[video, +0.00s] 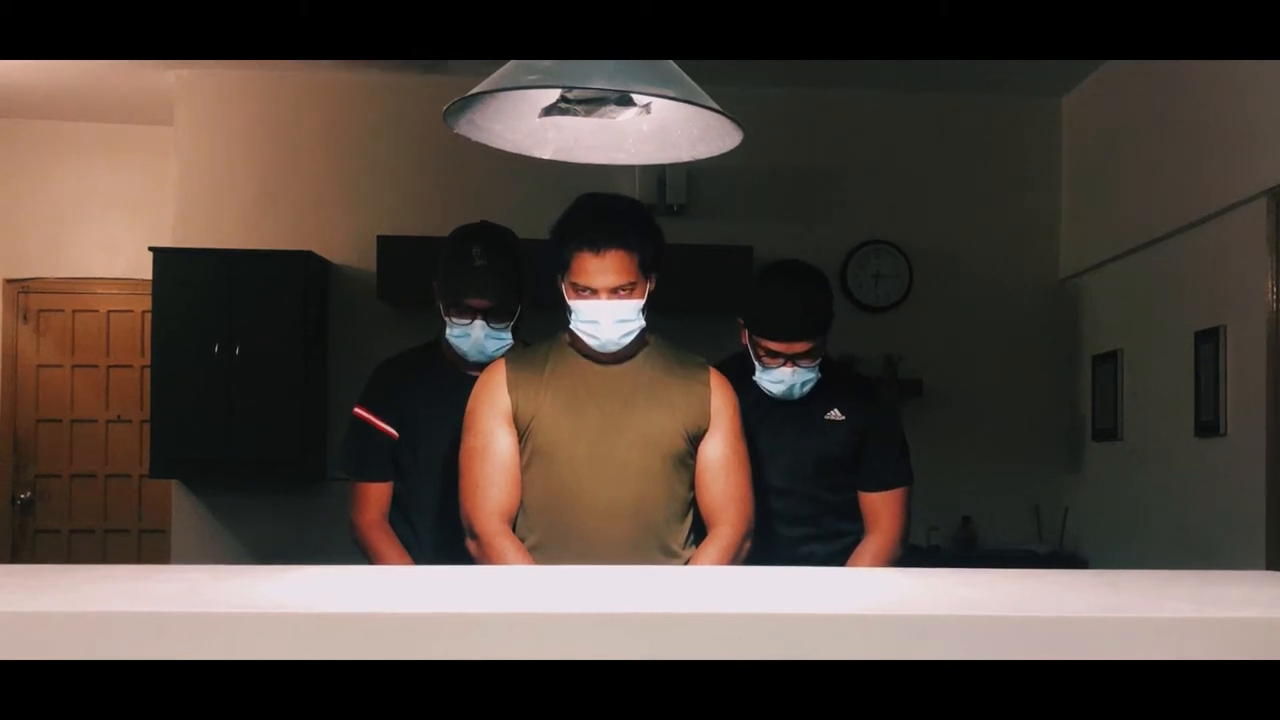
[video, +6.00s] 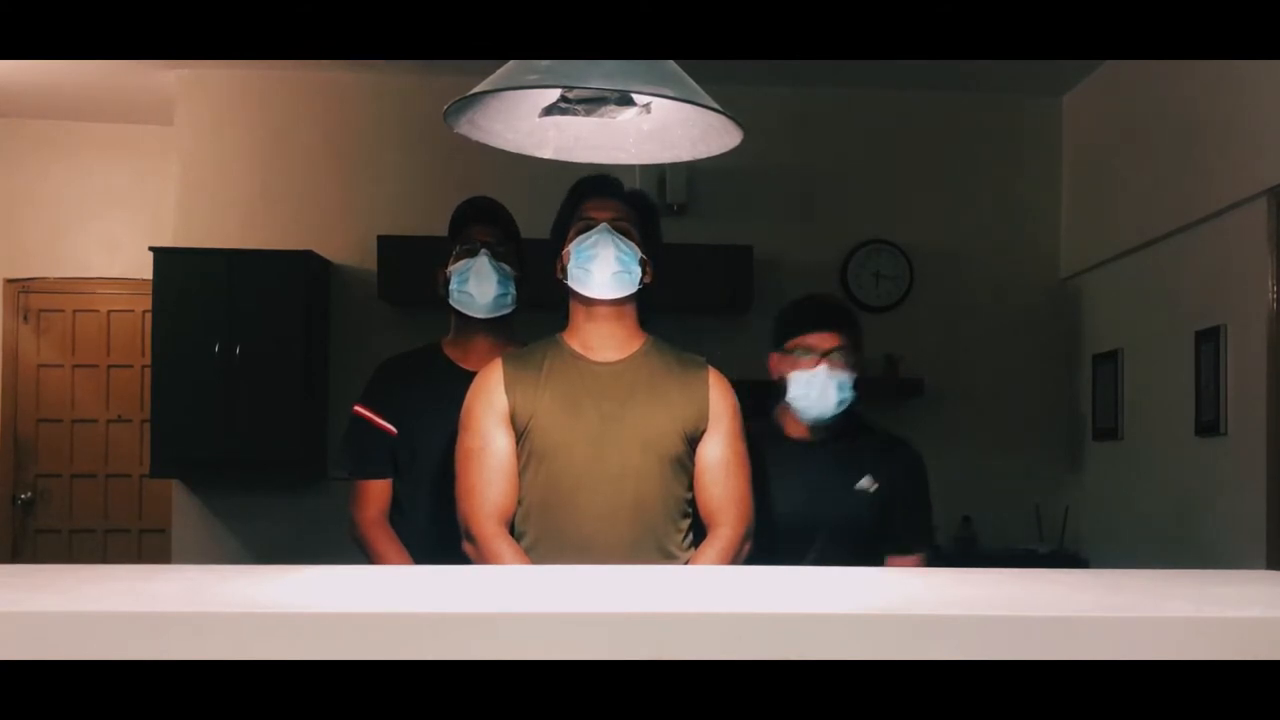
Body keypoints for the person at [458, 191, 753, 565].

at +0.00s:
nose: (603, 309)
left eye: (622, 291)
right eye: (585, 291)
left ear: (648, 286)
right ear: (562, 286)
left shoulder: (705, 389)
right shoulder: (506, 382)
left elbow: (731, 532)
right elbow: (487, 529)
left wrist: (670, 613)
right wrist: (552, 610)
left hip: (665, 611)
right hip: (542, 610)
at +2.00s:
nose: (606, 295)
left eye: (624, 276)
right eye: (587, 278)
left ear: (649, 279)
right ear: (564, 280)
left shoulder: (707, 390)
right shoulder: (507, 383)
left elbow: (733, 532)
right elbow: (488, 529)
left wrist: (670, 615)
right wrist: (554, 611)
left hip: (667, 615)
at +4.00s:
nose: (603, 266)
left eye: (622, 251)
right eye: (585, 251)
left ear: (647, 270)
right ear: (562, 269)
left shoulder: (706, 389)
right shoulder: (505, 382)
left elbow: (732, 531)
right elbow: (484, 529)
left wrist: (668, 616)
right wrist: (551, 615)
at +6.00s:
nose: (603, 239)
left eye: (621, 231)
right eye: (585, 230)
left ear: (646, 267)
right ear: (562, 261)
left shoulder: (704, 388)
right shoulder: (502, 381)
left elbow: (731, 531)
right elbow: (483, 531)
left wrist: (667, 615)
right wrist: (552, 615)